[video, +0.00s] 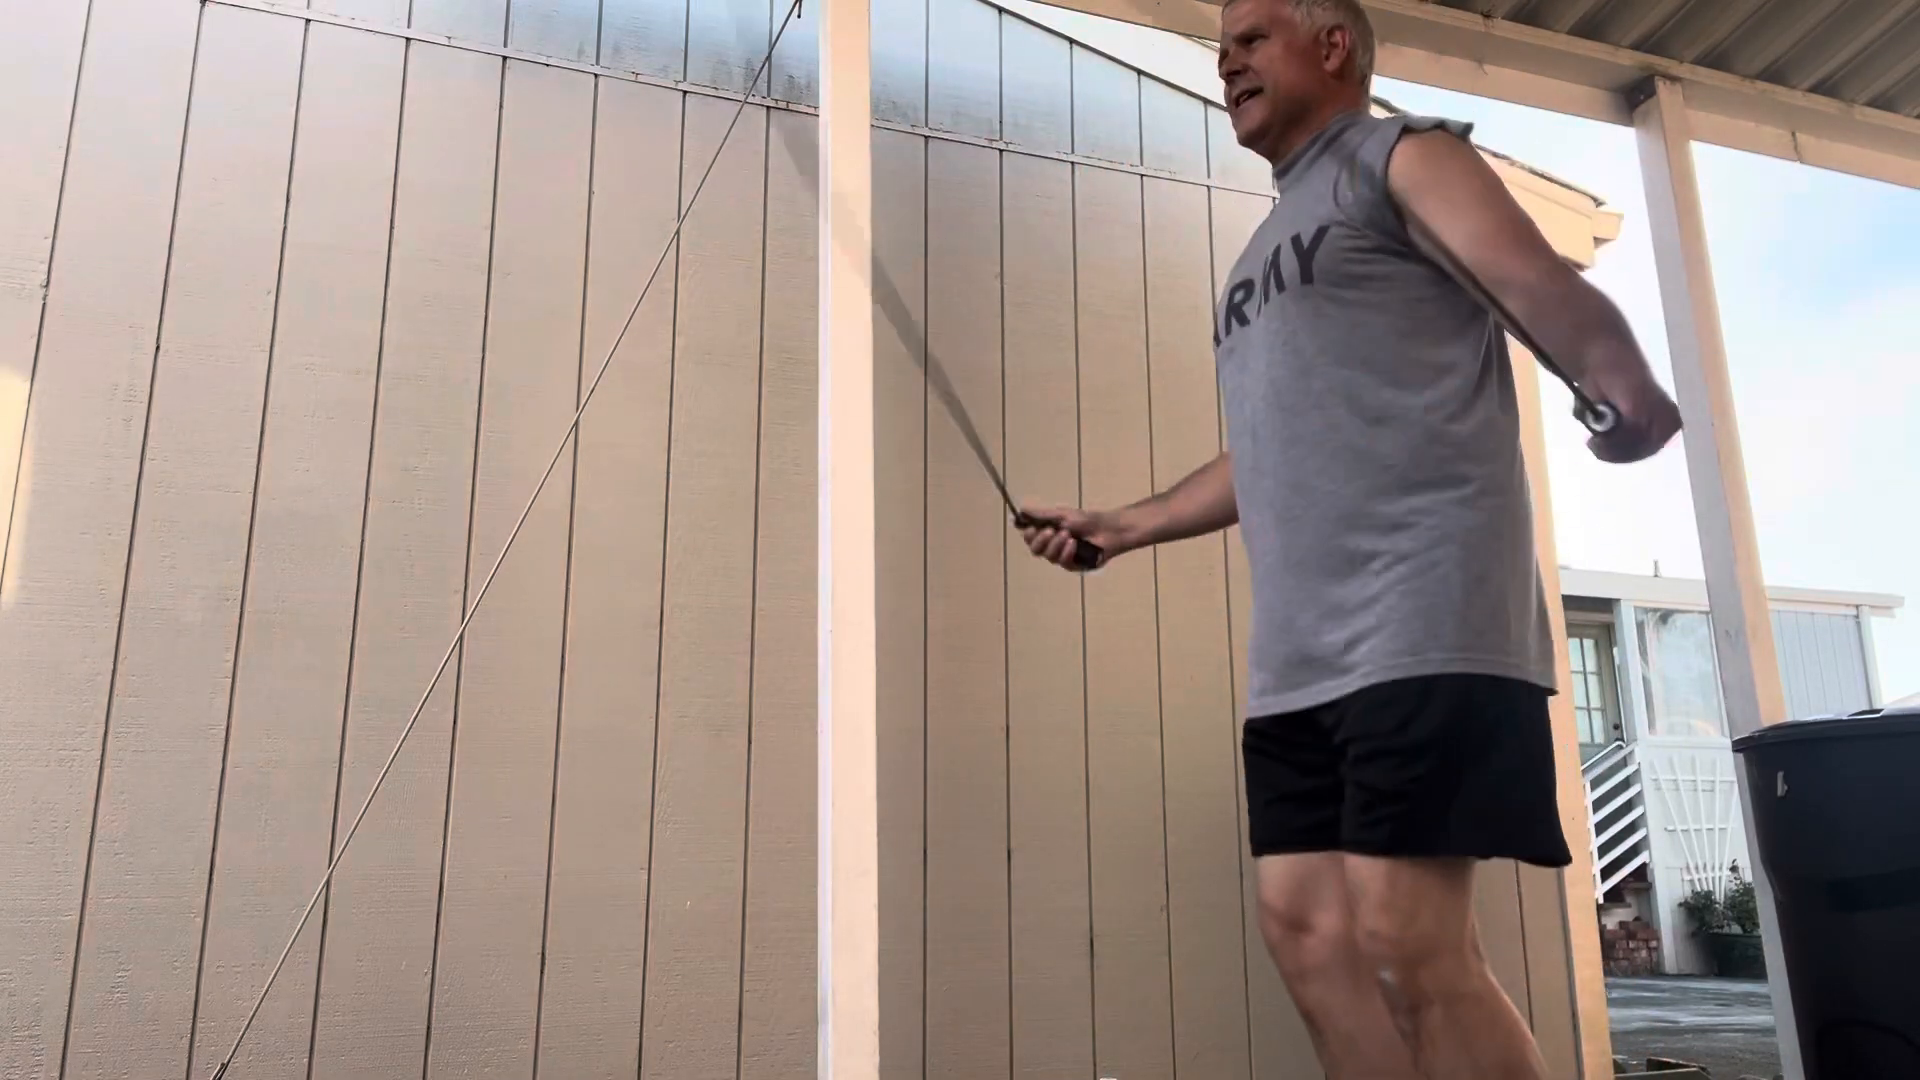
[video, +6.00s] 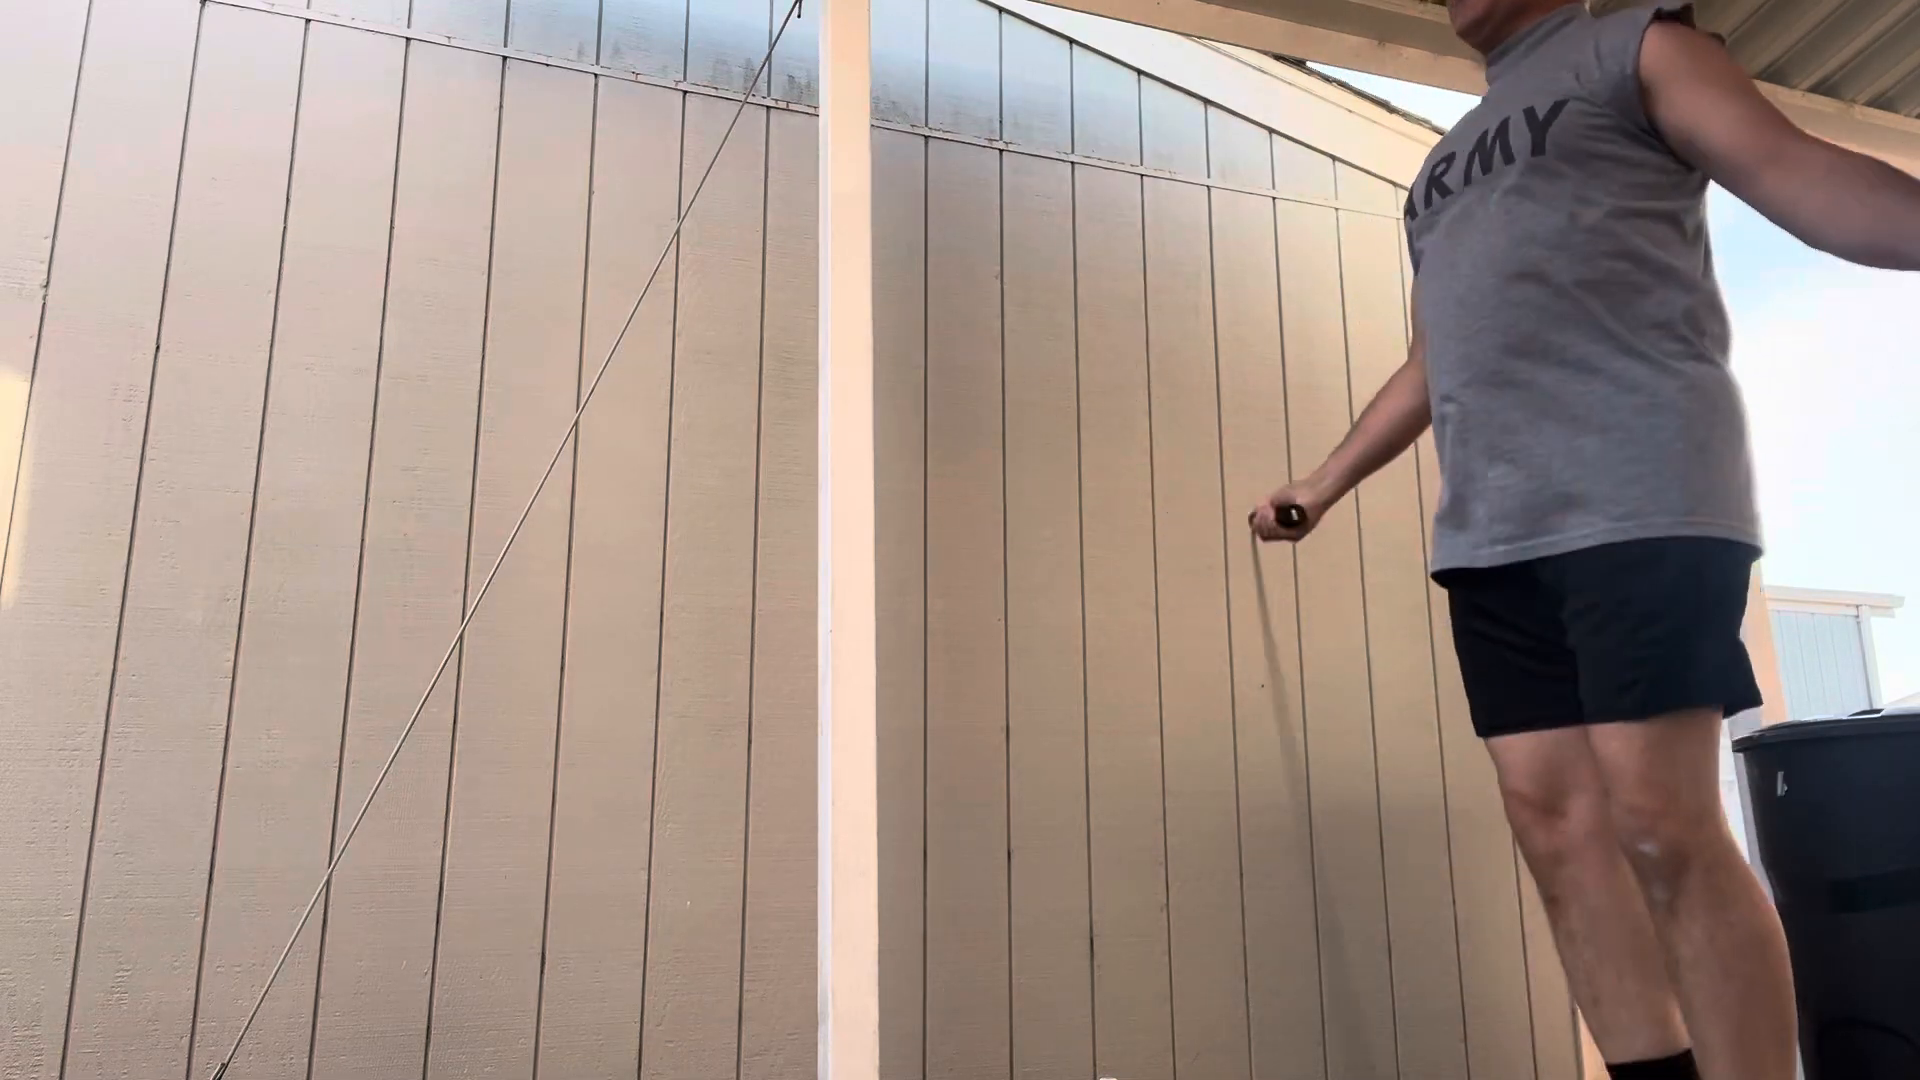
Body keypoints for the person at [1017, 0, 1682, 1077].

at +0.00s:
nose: (1227, 62)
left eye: (1251, 36)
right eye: (1221, 49)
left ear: (1333, 44)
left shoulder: (1402, 155)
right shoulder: (1255, 261)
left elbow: (1533, 278)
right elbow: (1262, 459)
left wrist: (1632, 391)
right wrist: (1115, 528)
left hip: (1426, 607)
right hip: (1296, 633)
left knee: (1412, 936)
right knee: (1306, 927)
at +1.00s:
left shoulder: (1450, 45)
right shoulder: (1286, 159)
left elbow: (1578, 172)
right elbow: (1294, 362)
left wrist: (1754, 258)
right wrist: (1197, 502)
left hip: (1453, 484)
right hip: (1321, 514)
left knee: (1464, 827)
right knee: (1377, 833)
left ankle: (1551, 1071)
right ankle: (1457, 1070)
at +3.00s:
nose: (1339, 3)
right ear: (1342, 22)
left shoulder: (1520, 78)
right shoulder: (1353, 190)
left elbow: (1643, 222)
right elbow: (1350, 388)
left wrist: (1790, 337)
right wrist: (1233, 514)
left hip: (1517, 561)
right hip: (1381, 579)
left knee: (1533, 888)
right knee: (1431, 876)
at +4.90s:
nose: (1415, 5)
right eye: (1407, 2)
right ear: (1414, 48)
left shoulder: (1610, 84)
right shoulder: (1415, 204)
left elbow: (1775, 214)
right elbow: (1424, 395)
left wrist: (1917, 264)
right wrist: (1268, 465)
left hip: (1625, 538)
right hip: (1461, 567)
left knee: (1646, 894)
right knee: (1517, 886)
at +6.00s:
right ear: (1451, 17)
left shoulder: (1635, 40)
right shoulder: (1437, 174)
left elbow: (1793, 169)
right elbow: (1428, 363)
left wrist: (1918, 231)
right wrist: (1321, 481)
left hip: (1641, 486)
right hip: (1489, 522)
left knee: (1666, 829)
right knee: (1551, 825)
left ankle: (1753, 1072)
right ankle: (1652, 1068)